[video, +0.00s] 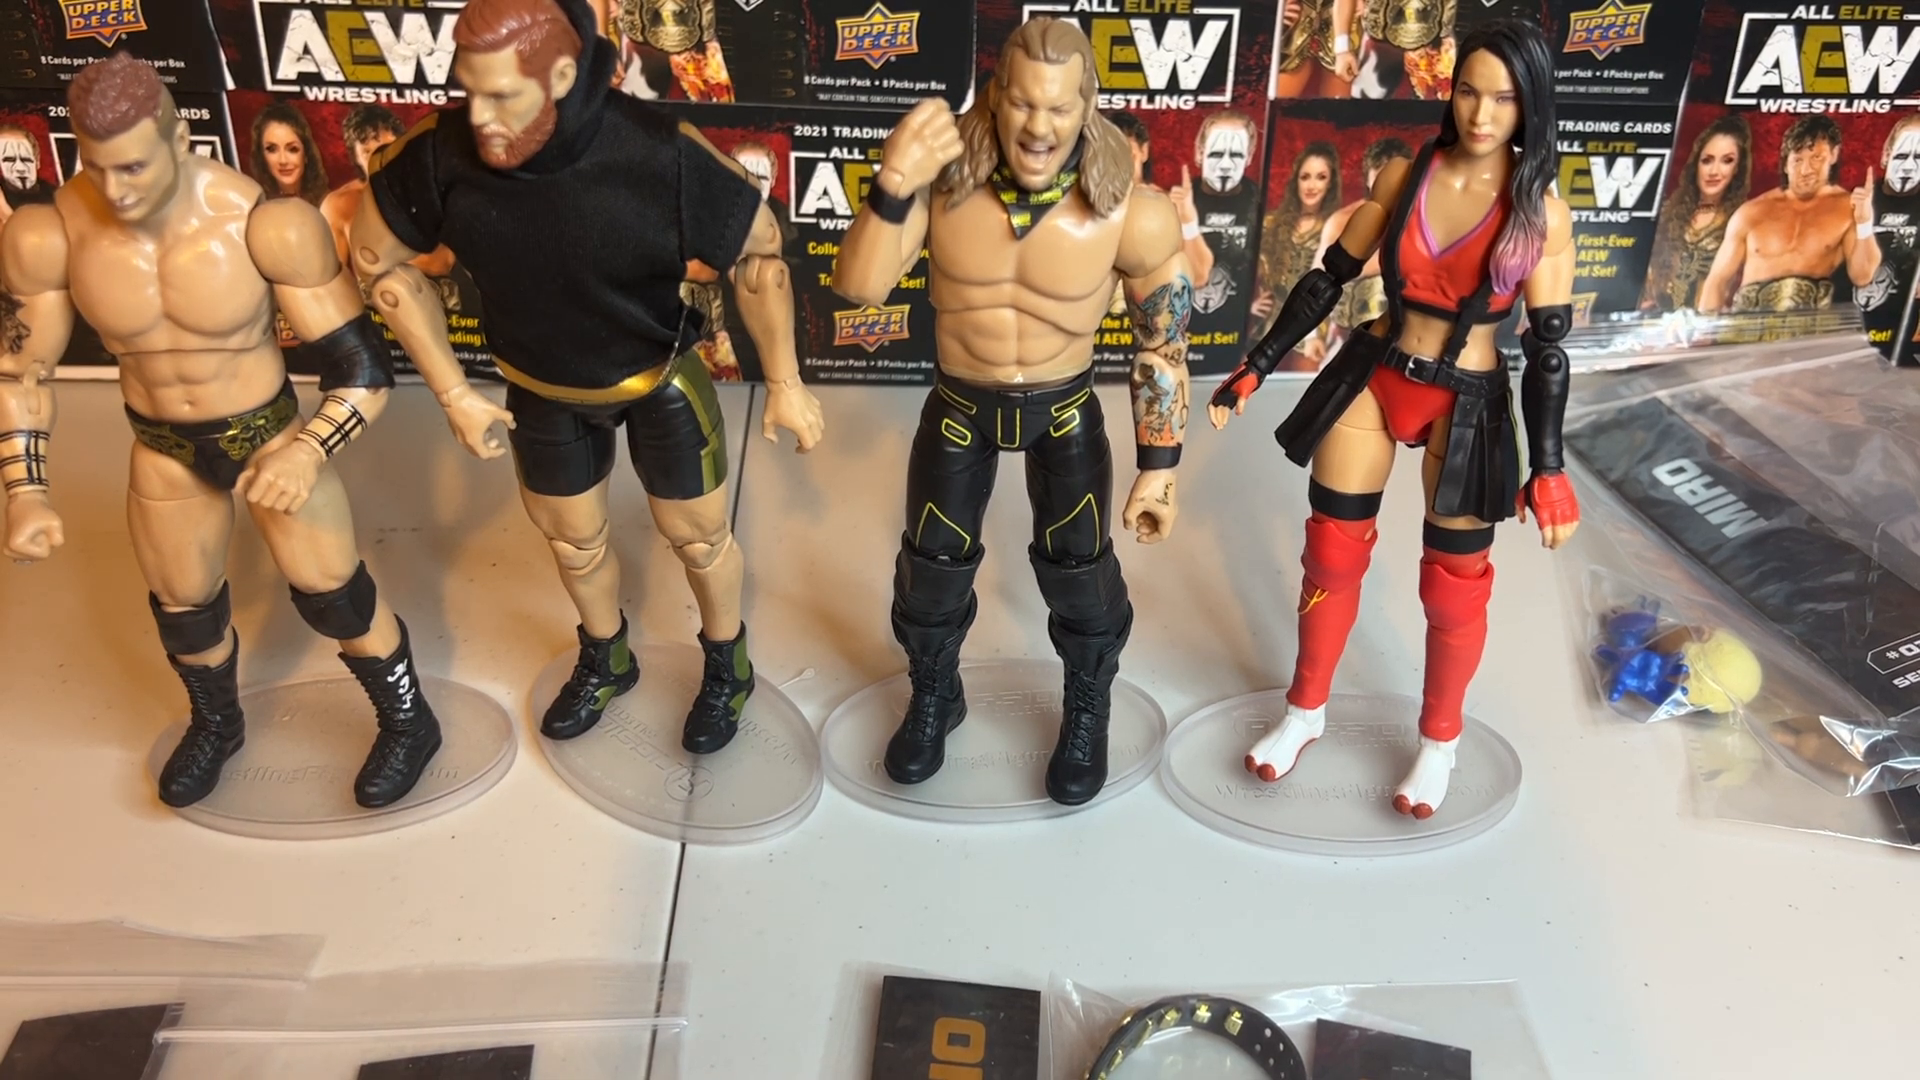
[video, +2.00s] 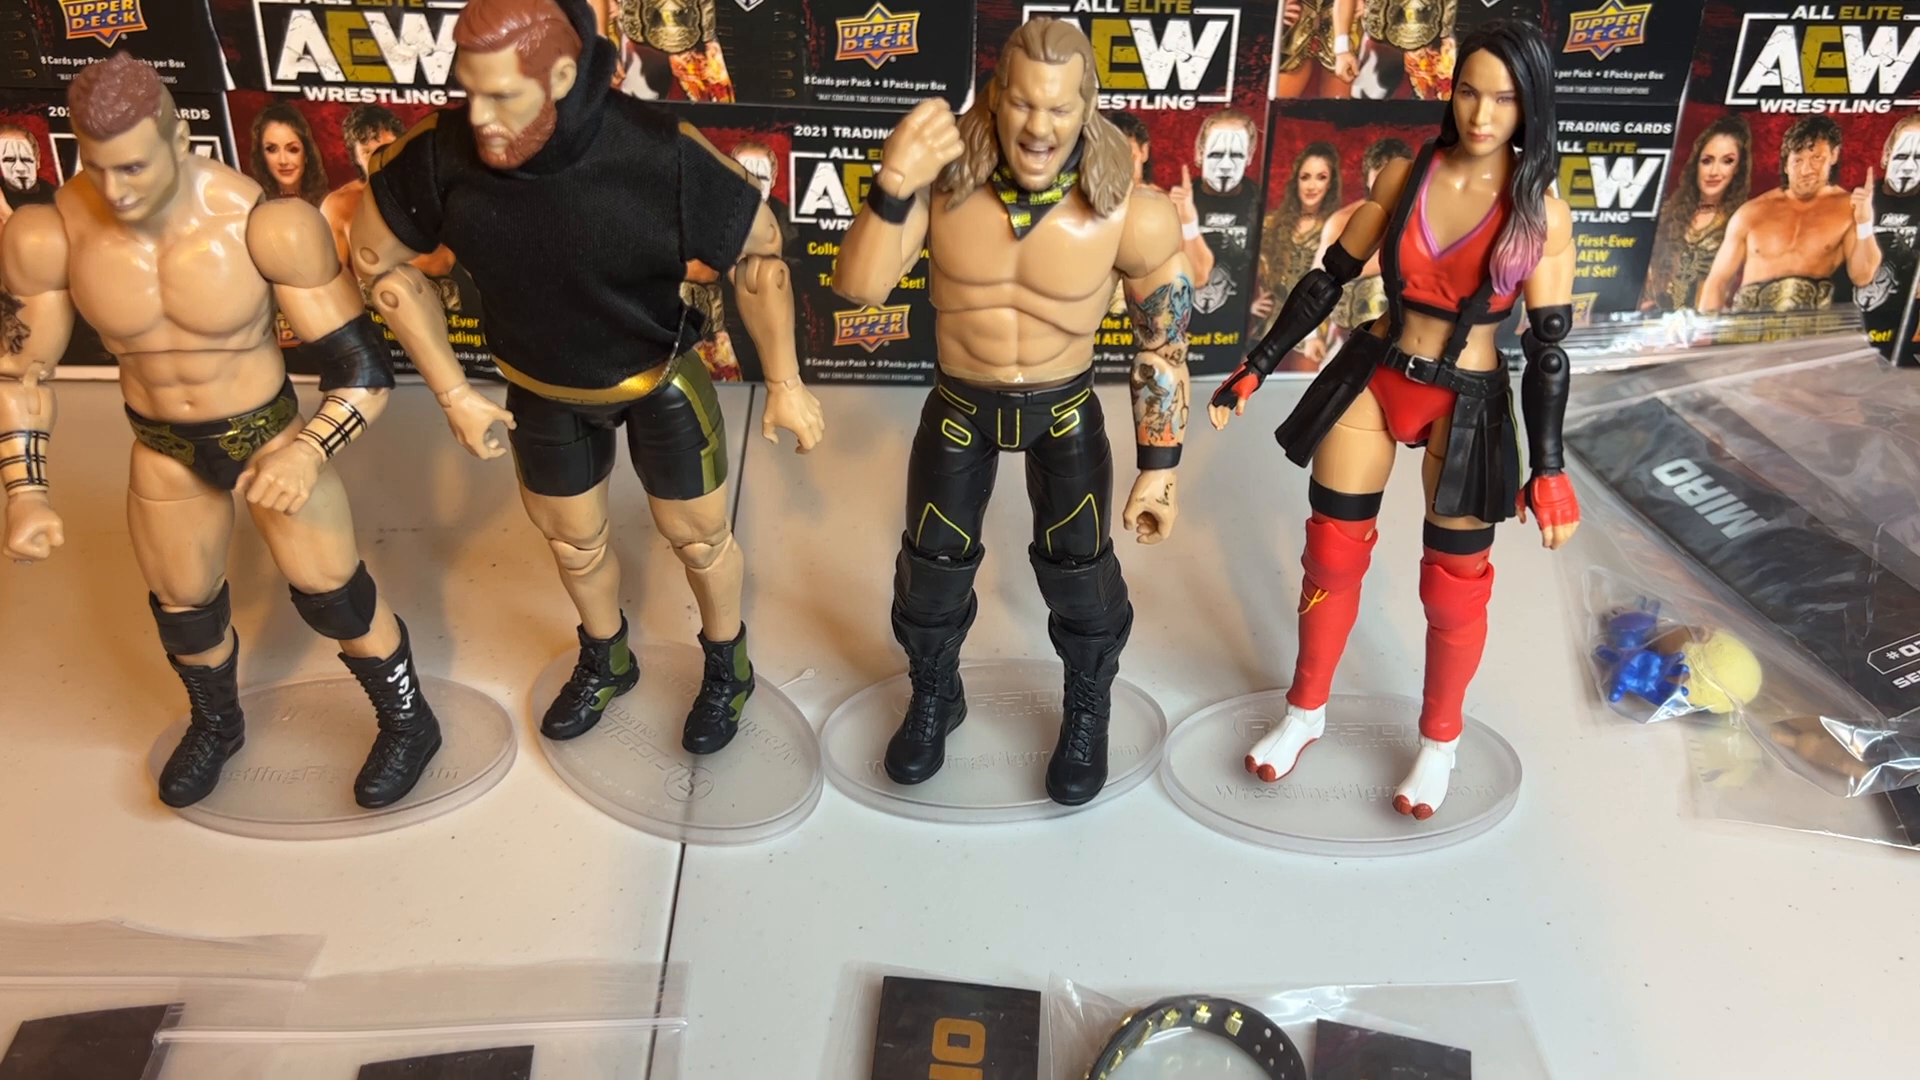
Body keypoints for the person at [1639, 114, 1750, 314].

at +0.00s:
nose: (1714, 171)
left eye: (1727, 161)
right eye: (1707, 160)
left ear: (1738, 168)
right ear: (1695, 164)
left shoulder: (1743, 219)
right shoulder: (1670, 213)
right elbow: (1654, 266)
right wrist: (1650, 299)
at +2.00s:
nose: (1714, 171)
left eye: (1727, 161)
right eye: (1707, 160)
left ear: (1739, 168)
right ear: (1695, 164)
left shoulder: (1742, 220)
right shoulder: (1670, 213)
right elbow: (1654, 268)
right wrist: (1649, 300)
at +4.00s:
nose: (1714, 171)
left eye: (1727, 161)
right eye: (1707, 160)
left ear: (1739, 168)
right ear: (1695, 164)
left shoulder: (1742, 219)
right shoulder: (1671, 212)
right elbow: (1655, 265)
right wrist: (1649, 300)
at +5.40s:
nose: (1714, 171)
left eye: (1727, 161)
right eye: (1707, 160)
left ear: (1739, 168)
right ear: (1695, 164)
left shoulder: (1742, 219)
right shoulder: (1671, 212)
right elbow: (1655, 265)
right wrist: (1650, 299)